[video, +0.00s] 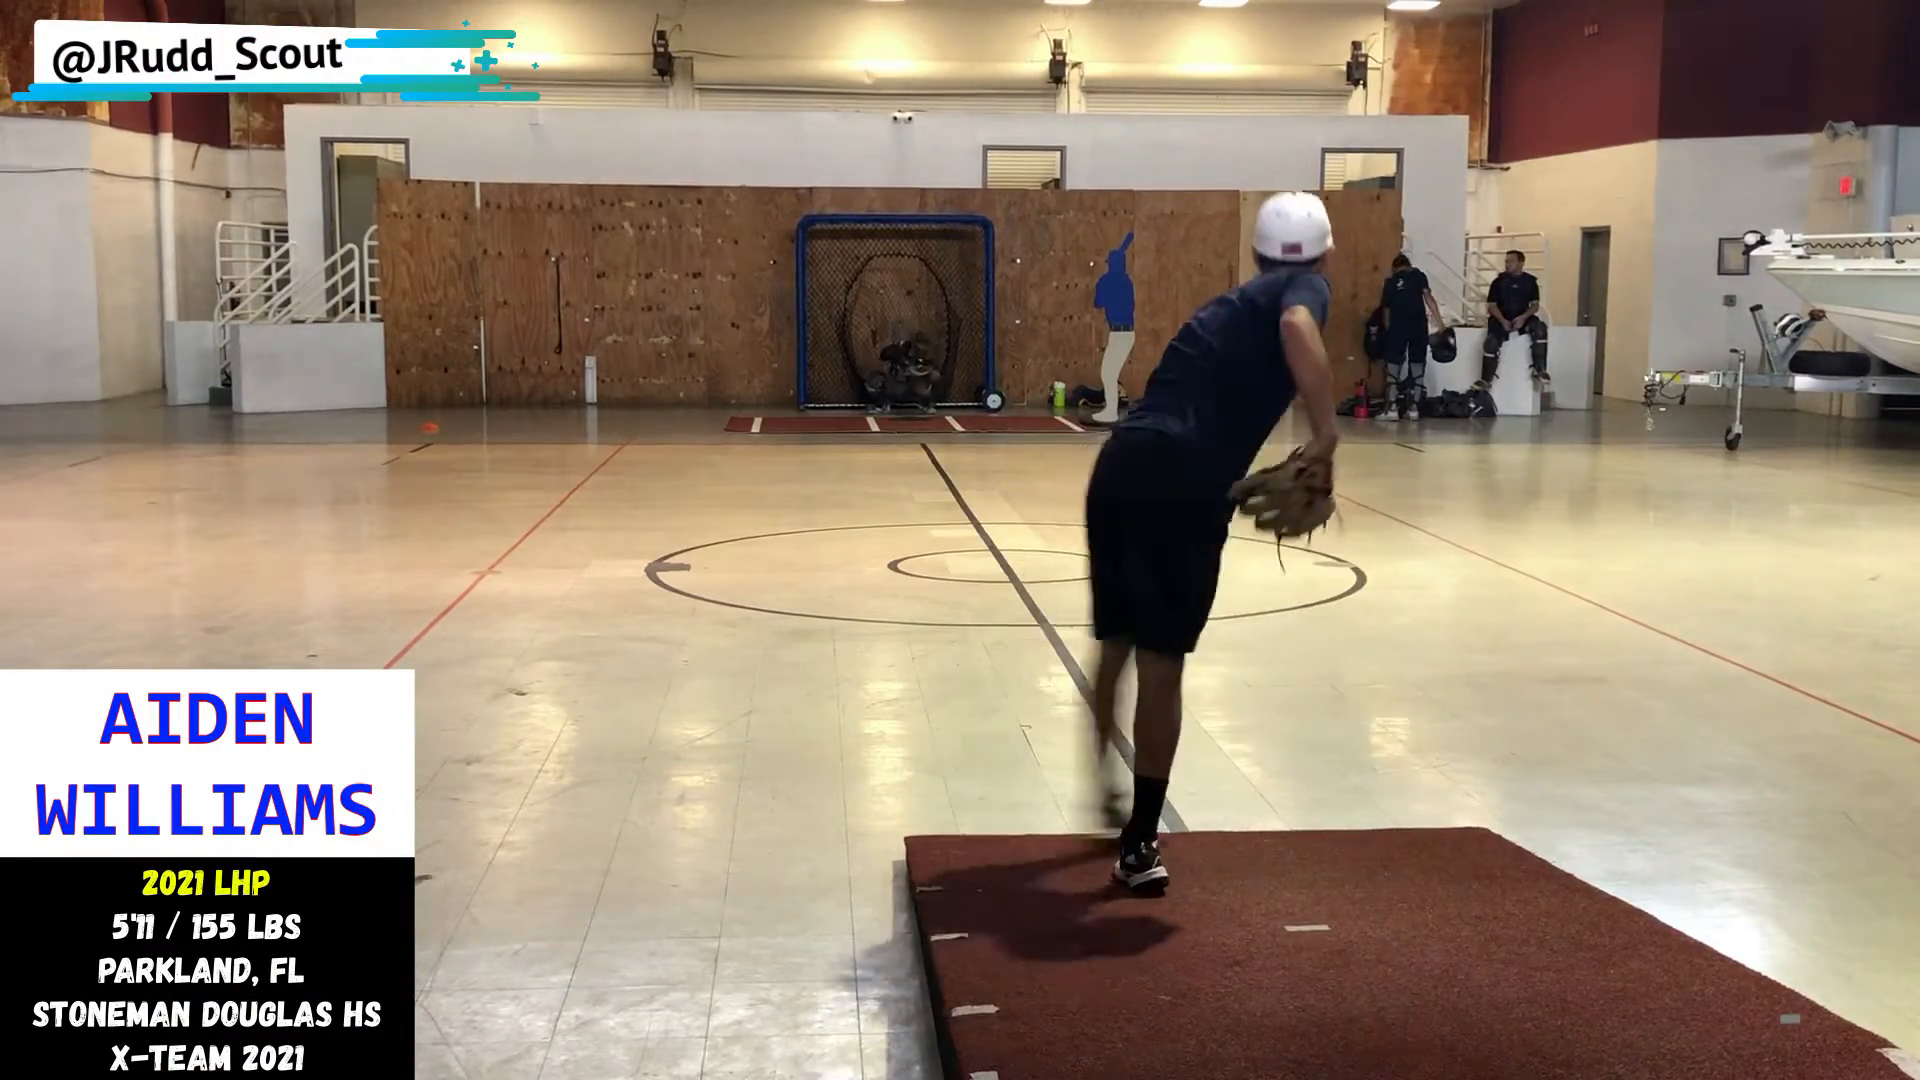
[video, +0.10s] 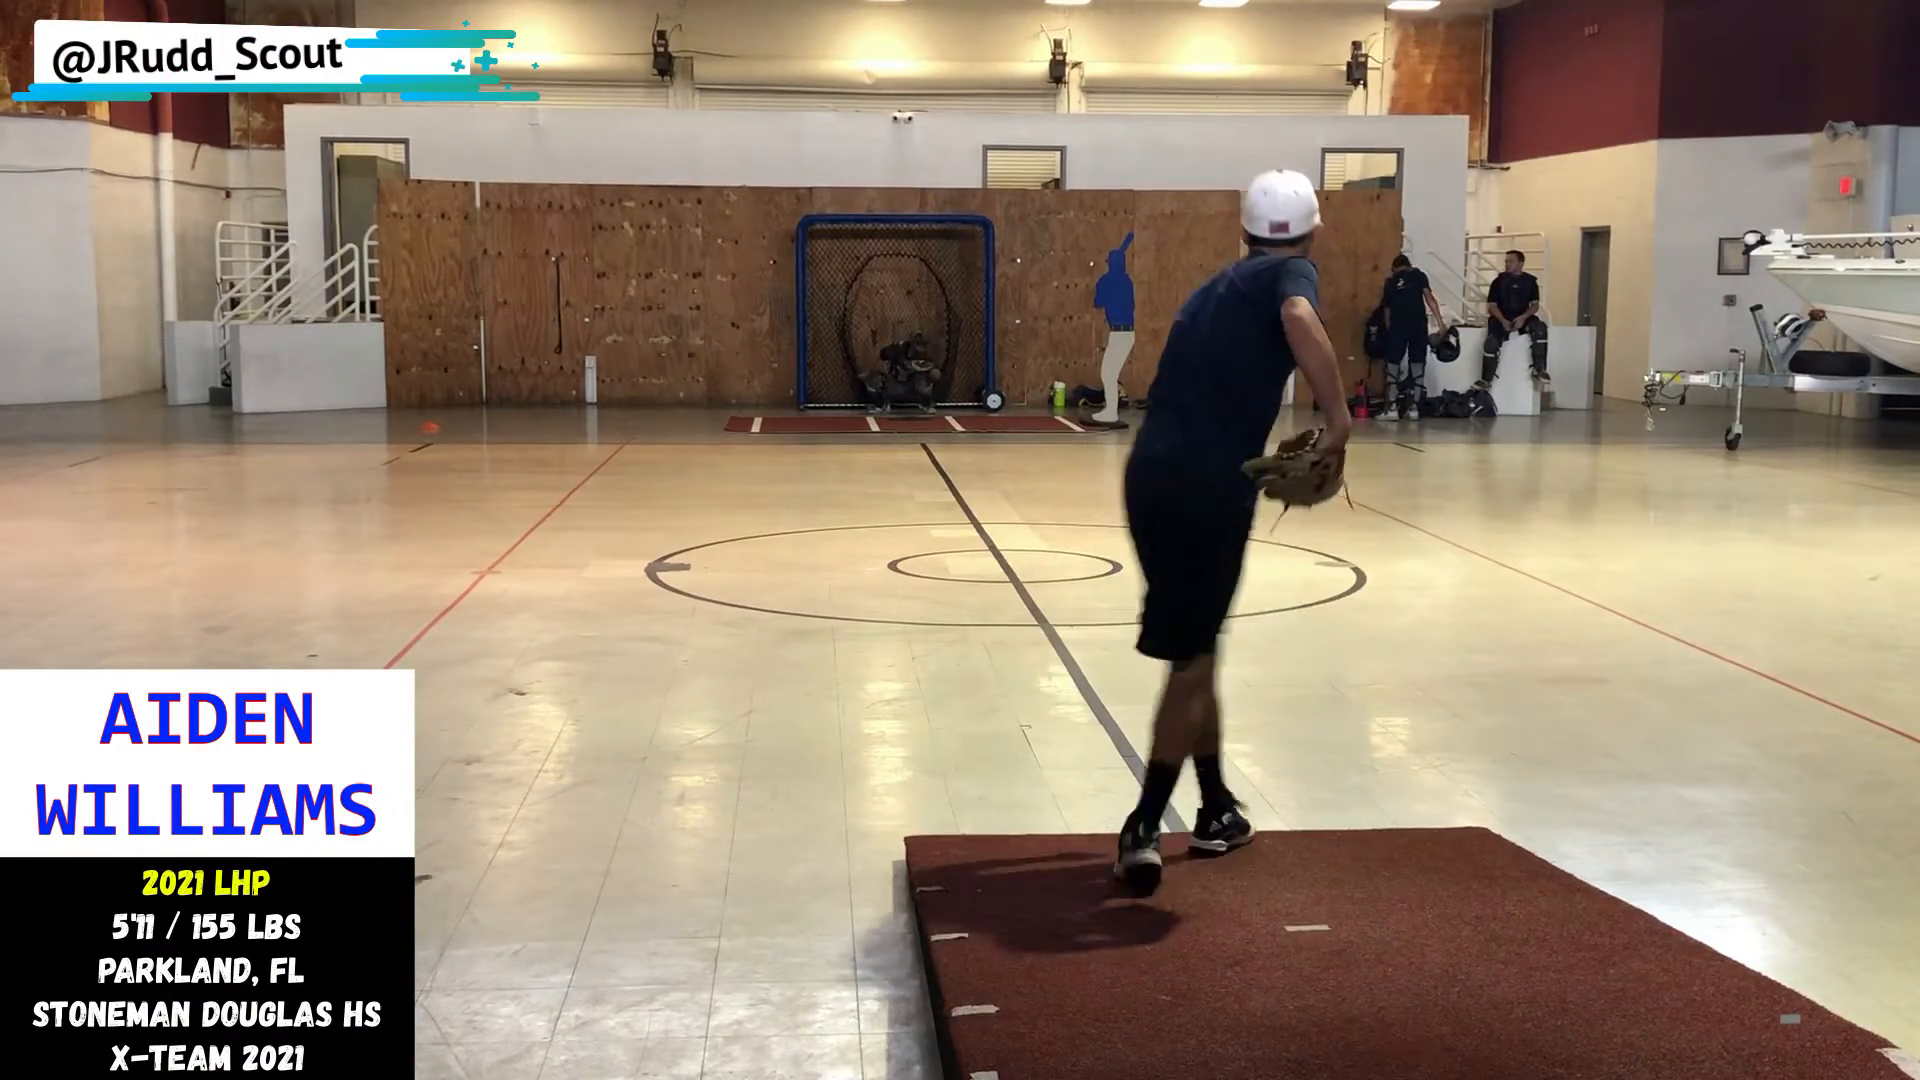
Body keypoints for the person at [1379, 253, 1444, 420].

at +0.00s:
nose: (1393, 272)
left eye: (1393, 270)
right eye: (1396, 270)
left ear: (1394, 268)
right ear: (1410, 265)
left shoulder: (1390, 282)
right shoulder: (1419, 275)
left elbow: (1386, 309)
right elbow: (1428, 297)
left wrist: (1388, 329)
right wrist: (1440, 323)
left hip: (1398, 330)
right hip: (1419, 329)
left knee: (1393, 369)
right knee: (1418, 369)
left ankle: (1392, 408)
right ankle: (1414, 408)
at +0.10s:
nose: (1393, 272)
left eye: (1393, 270)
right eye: (1394, 270)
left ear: (1394, 268)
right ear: (1409, 264)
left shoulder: (1390, 282)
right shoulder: (1418, 274)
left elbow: (1386, 308)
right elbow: (1429, 297)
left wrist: (1389, 327)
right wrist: (1440, 323)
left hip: (1398, 329)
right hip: (1419, 328)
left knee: (1392, 368)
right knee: (1418, 368)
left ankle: (1392, 408)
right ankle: (1414, 408)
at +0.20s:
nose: (1397, 271)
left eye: (1395, 268)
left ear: (1394, 267)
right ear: (1410, 264)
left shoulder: (1390, 281)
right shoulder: (1418, 274)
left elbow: (1386, 307)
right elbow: (1429, 298)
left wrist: (1388, 326)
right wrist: (1440, 324)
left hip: (1396, 330)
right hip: (1417, 329)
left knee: (1392, 368)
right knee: (1417, 368)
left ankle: (1392, 408)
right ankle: (1413, 408)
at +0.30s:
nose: (1396, 270)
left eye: (1395, 266)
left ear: (1395, 265)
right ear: (1411, 263)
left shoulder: (1390, 279)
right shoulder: (1419, 274)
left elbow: (1386, 305)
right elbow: (1430, 300)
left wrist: (1386, 324)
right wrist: (1438, 326)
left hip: (1395, 330)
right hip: (1415, 330)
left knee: (1391, 369)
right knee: (1415, 369)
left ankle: (1392, 408)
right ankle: (1413, 408)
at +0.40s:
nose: (1397, 268)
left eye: (1396, 265)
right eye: (1400, 265)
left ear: (1396, 264)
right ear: (1412, 263)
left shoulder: (1389, 278)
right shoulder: (1421, 276)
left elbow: (1384, 304)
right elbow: (1430, 301)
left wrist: (1383, 323)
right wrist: (1435, 327)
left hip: (1392, 328)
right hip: (1414, 329)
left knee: (1388, 367)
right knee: (1413, 367)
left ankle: (1392, 406)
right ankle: (1412, 406)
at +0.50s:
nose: (1396, 267)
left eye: (1395, 264)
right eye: (1398, 265)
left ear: (1395, 263)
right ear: (1411, 263)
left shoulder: (1388, 277)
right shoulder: (1419, 276)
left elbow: (1381, 304)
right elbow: (1430, 302)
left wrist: (1381, 321)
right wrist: (1431, 327)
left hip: (1390, 327)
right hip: (1411, 328)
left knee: (1383, 364)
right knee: (1410, 366)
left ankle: (1386, 398)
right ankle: (1412, 399)